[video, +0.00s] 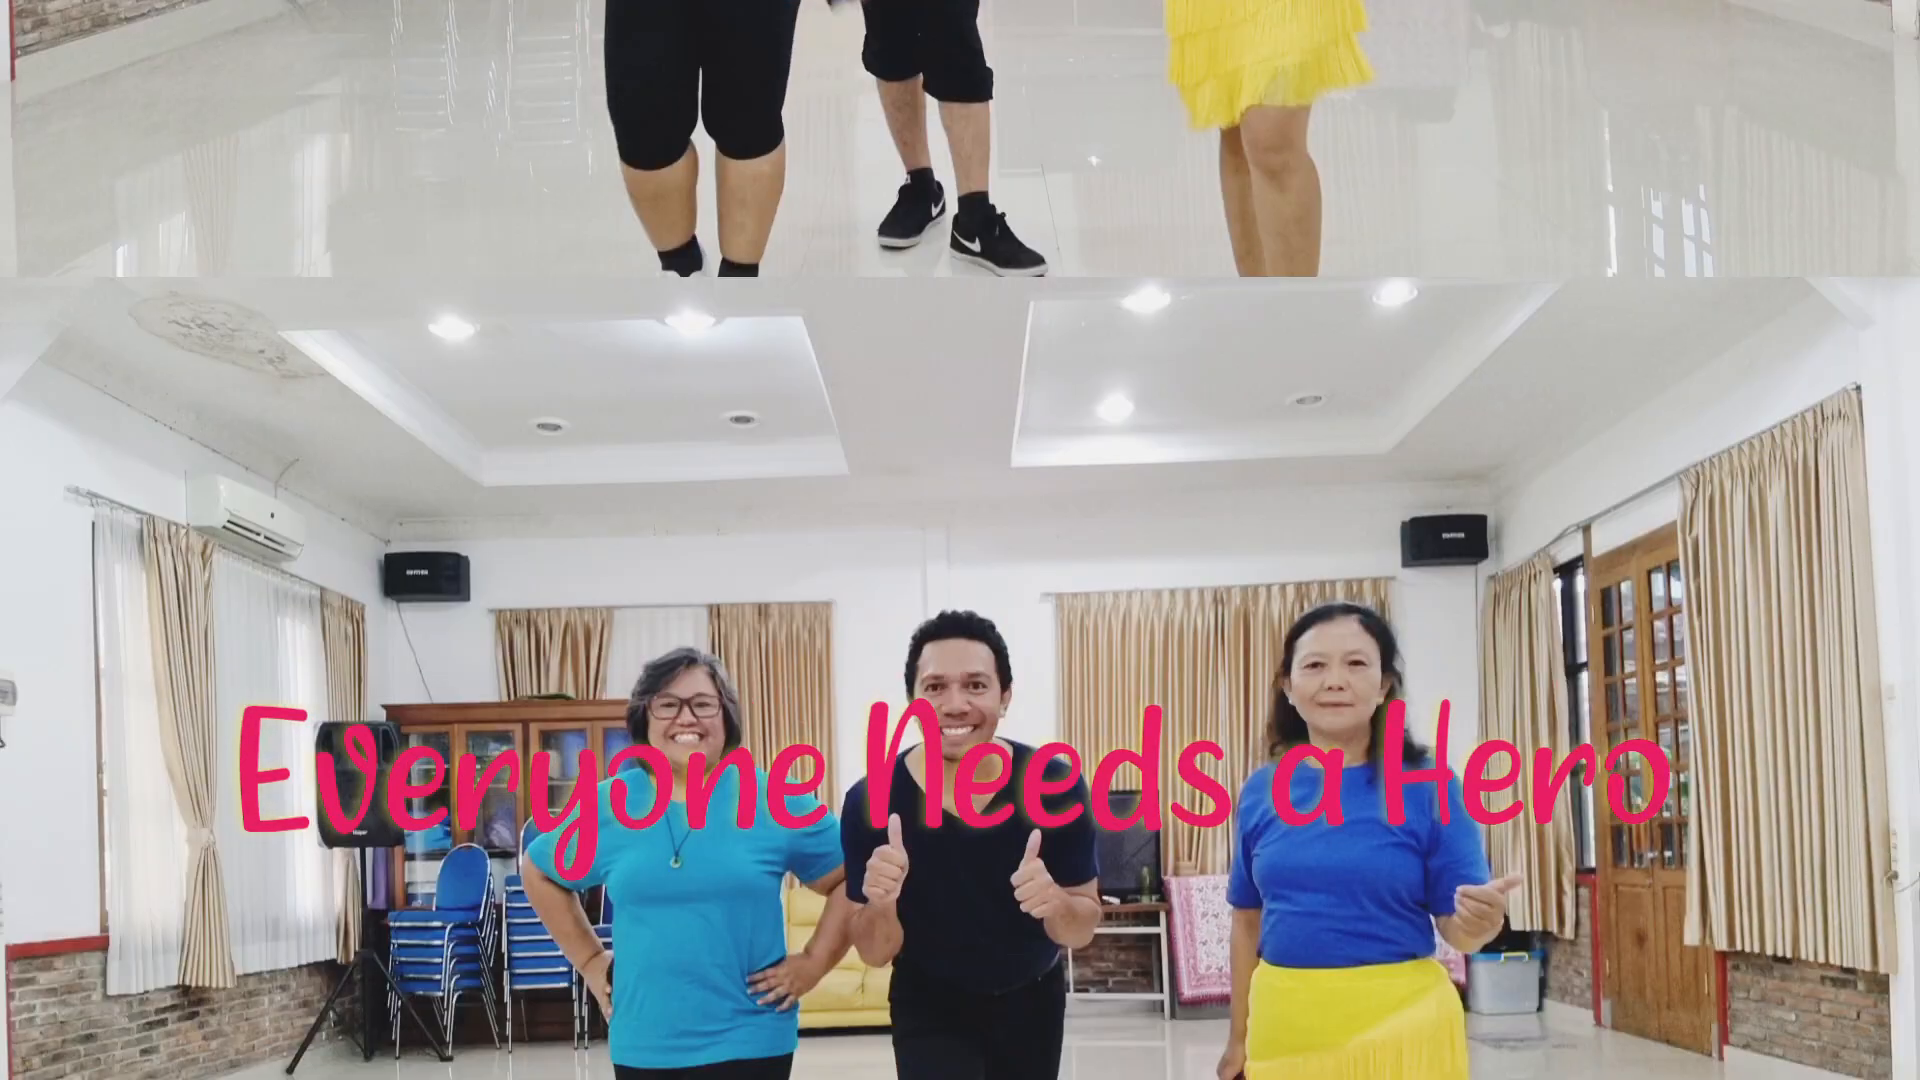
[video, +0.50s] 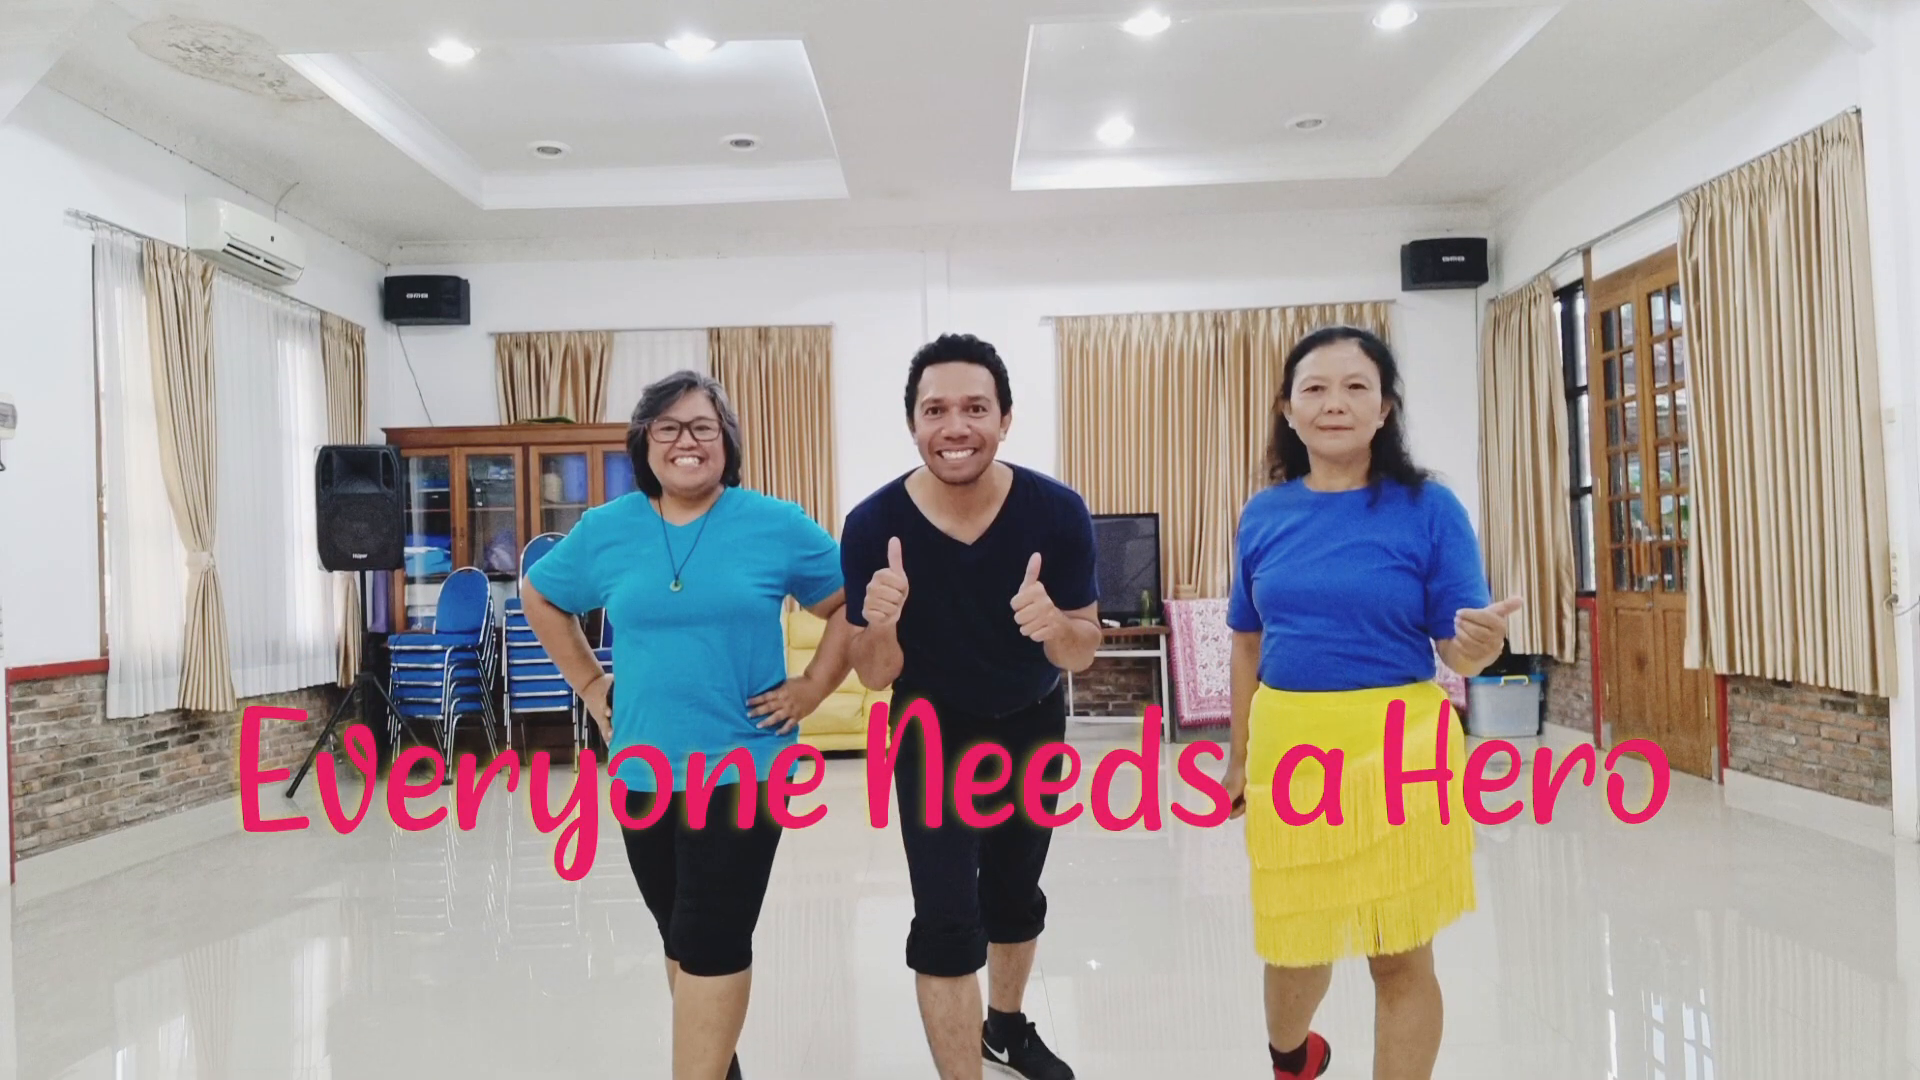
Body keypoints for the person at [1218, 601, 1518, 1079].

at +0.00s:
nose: (1335, 680)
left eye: (1355, 663)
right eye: (1314, 665)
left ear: (1383, 684)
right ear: (1288, 686)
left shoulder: (1427, 783)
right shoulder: (1263, 790)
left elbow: (1459, 928)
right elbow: (1247, 921)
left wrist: (1483, 919)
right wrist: (1238, 1036)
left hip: (1401, 1012)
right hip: (1284, 1015)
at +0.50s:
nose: (1334, 402)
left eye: (1354, 387)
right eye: (1314, 388)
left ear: (1385, 407)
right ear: (1290, 410)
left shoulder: (1428, 507)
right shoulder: (1265, 513)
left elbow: (1462, 651)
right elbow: (1248, 642)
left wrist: (1483, 639)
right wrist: (1239, 755)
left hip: (1400, 745)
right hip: (1289, 746)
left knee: (1397, 959)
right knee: (1293, 954)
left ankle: (1405, 1078)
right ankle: (1290, 1065)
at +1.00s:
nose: (1334, 402)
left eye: (1354, 387)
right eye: (1314, 388)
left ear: (1385, 407)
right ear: (1290, 410)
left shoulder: (1428, 507)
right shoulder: (1265, 513)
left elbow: (1462, 651)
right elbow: (1248, 642)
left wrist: (1483, 639)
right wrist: (1239, 755)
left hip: (1400, 745)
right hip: (1289, 745)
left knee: (1397, 959)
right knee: (1293, 954)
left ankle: (1405, 1078)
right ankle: (1290, 1065)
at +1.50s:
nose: (1334, 402)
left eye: (1354, 387)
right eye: (1314, 388)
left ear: (1385, 407)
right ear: (1290, 410)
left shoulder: (1428, 507)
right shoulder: (1264, 513)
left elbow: (1462, 651)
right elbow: (1247, 642)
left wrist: (1483, 640)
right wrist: (1239, 754)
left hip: (1400, 744)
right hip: (1288, 745)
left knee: (1398, 960)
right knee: (1292, 952)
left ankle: (1405, 1078)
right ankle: (1290, 1064)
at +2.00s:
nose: (1334, 402)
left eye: (1354, 387)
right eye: (1315, 388)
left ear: (1385, 406)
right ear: (1290, 410)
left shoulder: (1428, 507)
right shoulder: (1265, 513)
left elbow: (1462, 651)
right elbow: (1247, 642)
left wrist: (1484, 639)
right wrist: (1239, 754)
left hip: (1400, 744)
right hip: (1289, 745)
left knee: (1398, 958)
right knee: (1293, 952)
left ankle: (1405, 1078)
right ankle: (1290, 1065)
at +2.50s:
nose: (1334, 407)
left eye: (1354, 392)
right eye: (1315, 393)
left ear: (1385, 411)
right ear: (1290, 414)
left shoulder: (1428, 512)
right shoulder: (1264, 517)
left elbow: (1464, 656)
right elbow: (1247, 646)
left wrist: (1483, 646)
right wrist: (1240, 760)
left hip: (1401, 748)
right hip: (1289, 749)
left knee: (1398, 963)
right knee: (1293, 957)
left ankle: (1404, 1079)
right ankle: (1290, 1067)